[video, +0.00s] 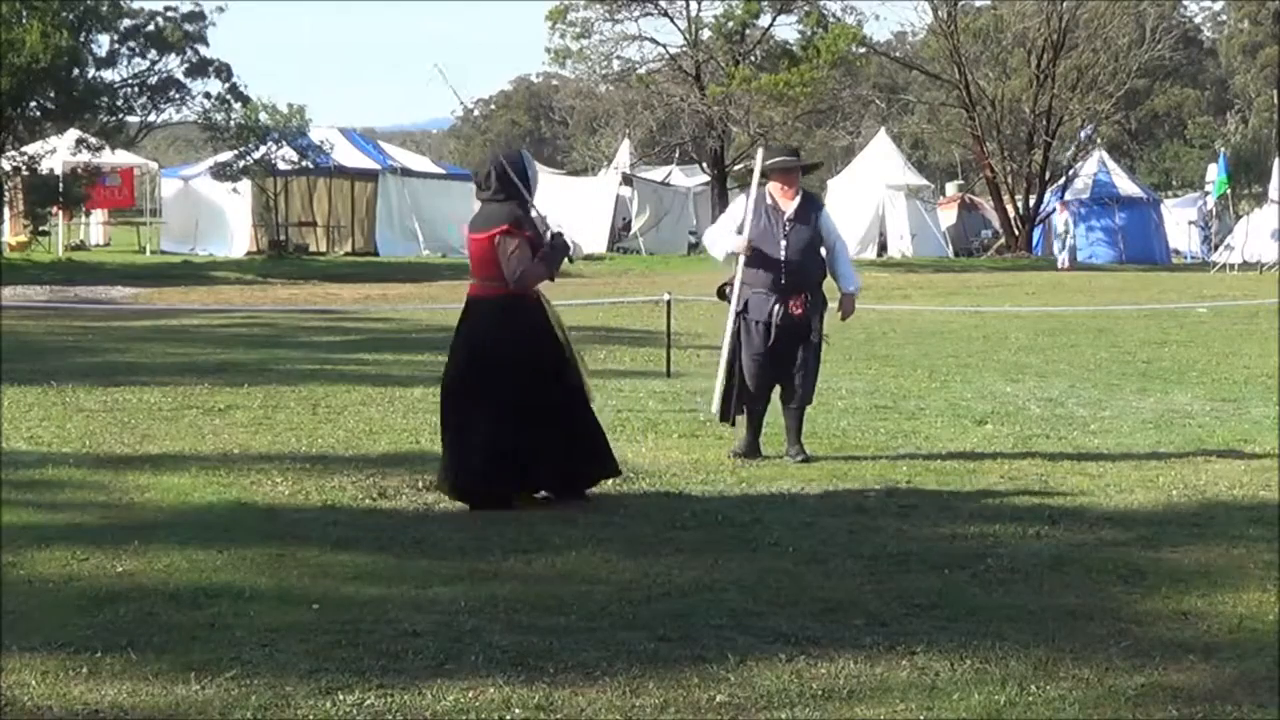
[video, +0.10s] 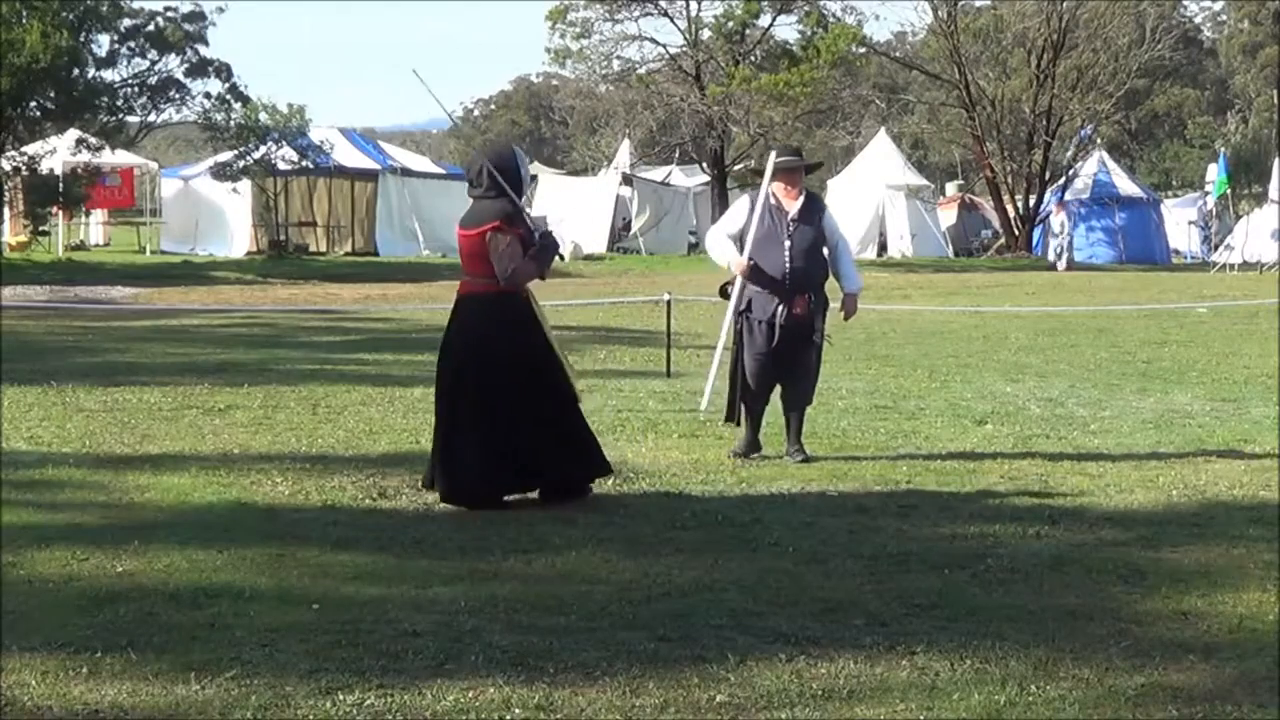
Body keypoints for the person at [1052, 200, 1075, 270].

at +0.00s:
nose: (1059, 209)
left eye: (1060, 207)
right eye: (1057, 207)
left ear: (1064, 207)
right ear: (1056, 207)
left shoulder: (1067, 215)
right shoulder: (1055, 216)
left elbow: (1071, 226)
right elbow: (1054, 228)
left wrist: (1071, 235)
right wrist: (1054, 237)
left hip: (1066, 234)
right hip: (1058, 234)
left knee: (1067, 249)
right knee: (1058, 249)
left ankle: (1067, 264)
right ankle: (1060, 264)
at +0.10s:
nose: (1054, 208)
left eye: (1056, 206)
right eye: (1053, 206)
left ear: (1060, 206)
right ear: (1052, 206)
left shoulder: (1063, 215)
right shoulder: (1051, 216)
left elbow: (1067, 227)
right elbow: (1051, 227)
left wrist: (1063, 236)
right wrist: (1050, 235)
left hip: (1063, 235)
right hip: (1054, 236)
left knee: (1064, 250)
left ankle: (1064, 264)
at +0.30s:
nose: (1042, 210)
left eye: (1043, 208)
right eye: (1041, 208)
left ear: (1047, 209)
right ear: (1040, 209)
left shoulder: (1051, 215)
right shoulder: (1041, 217)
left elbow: (1056, 226)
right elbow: (1041, 227)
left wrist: (1054, 236)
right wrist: (1042, 234)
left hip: (1053, 236)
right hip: (1044, 236)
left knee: (1058, 252)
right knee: (1043, 252)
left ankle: (1061, 267)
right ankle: (1045, 265)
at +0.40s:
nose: (1038, 208)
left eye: (1040, 206)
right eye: (1037, 206)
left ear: (1043, 206)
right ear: (1035, 207)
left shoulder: (1047, 213)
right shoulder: (1035, 215)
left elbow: (1052, 225)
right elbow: (1036, 225)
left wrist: (1051, 235)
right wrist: (1035, 234)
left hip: (1046, 235)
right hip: (1039, 234)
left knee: (1045, 248)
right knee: (1039, 249)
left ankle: (1048, 262)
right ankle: (1039, 262)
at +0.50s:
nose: (1033, 207)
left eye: (1034, 205)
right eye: (1032, 205)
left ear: (1038, 205)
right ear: (1031, 206)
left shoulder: (1044, 214)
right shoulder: (1032, 214)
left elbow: (1050, 224)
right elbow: (1030, 225)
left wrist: (1050, 234)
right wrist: (1028, 234)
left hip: (1043, 234)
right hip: (1036, 234)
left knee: (1040, 248)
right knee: (1035, 248)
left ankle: (1044, 262)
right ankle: (1037, 263)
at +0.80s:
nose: (1021, 207)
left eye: (1022, 205)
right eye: (1020, 205)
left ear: (1025, 205)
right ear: (1018, 205)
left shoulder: (1030, 213)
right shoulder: (1017, 214)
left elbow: (1034, 224)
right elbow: (1016, 225)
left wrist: (1037, 233)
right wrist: (1015, 234)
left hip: (1029, 233)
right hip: (1021, 233)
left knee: (1027, 249)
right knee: (1020, 249)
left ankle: (1027, 265)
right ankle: (1020, 265)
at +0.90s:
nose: (1016, 205)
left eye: (1017, 203)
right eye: (1015, 203)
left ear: (1021, 204)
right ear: (1014, 204)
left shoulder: (1025, 213)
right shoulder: (1013, 214)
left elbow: (1029, 224)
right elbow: (1013, 225)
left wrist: (1029, 234)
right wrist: (1011, 234)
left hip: (1023, 233)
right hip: (1015, 233)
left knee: (1024, 248)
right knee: (1015, 248)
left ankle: (1022, 264)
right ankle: (1017, 263)